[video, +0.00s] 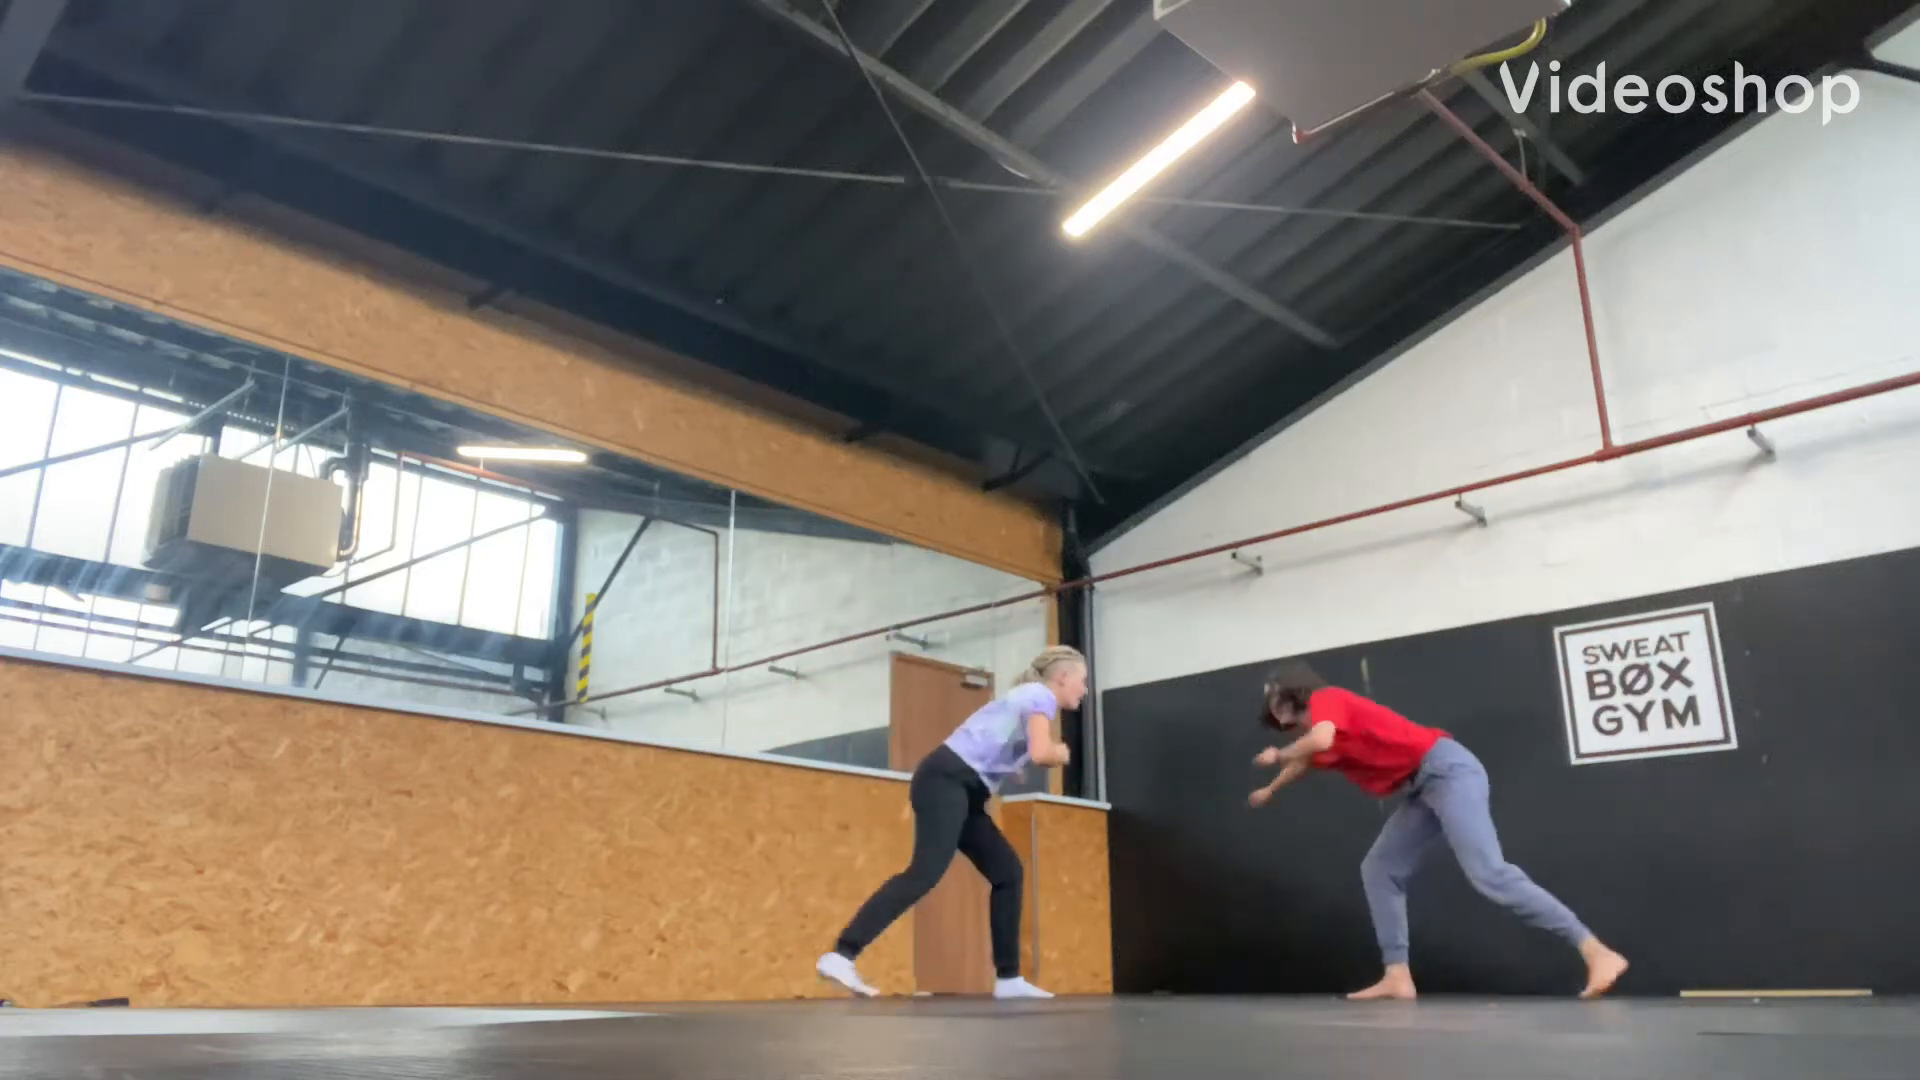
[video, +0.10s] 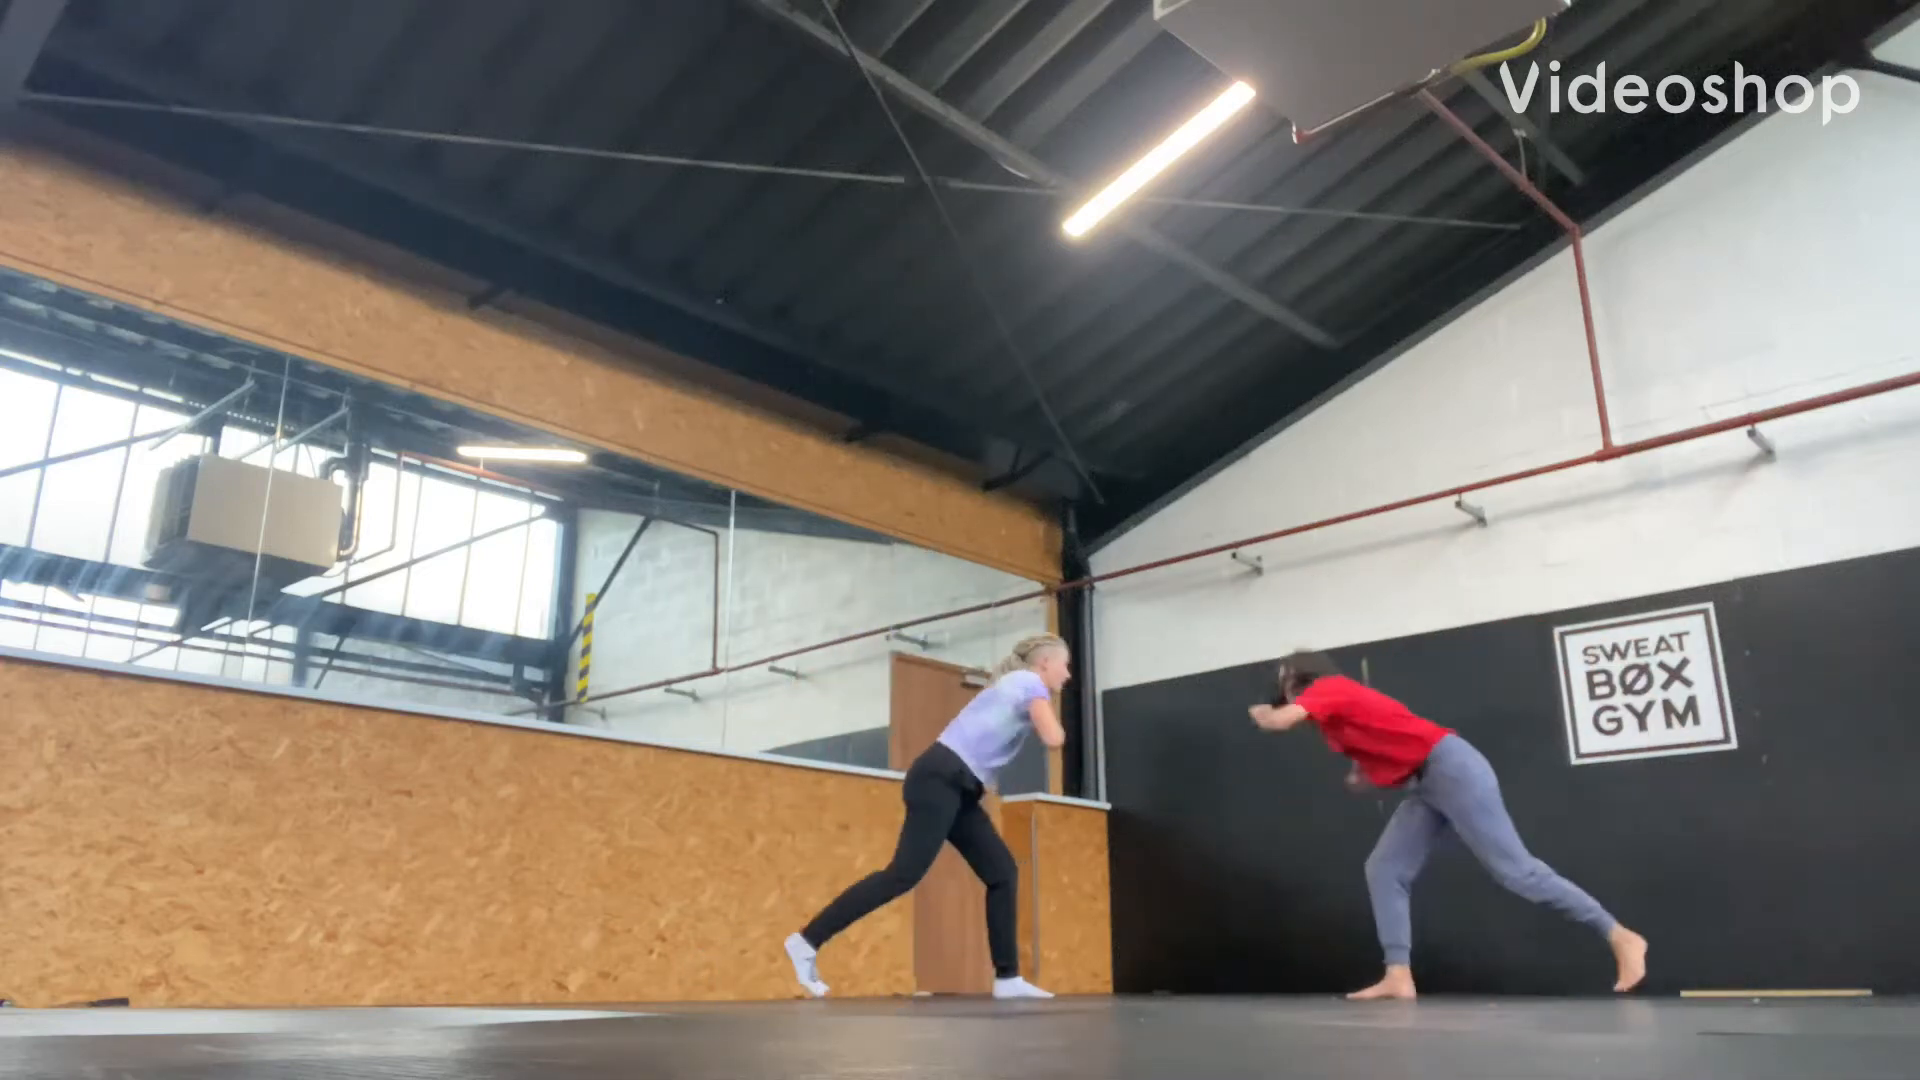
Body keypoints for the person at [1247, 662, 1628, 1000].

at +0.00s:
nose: (1283, 725)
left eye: (1281, 715)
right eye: (1278, 719)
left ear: (1295, 701)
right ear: (1292, 709)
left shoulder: (1328, 697)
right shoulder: (1319, 734)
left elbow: (1322, 740)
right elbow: (1300, 762)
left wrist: (1283, 754)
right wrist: (1269, 790)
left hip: (1446, 769)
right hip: (1419, 794)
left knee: (1488, 872)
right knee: (1379, 870)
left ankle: (1596, 953)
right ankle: (1397, 978)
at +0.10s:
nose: (1284, 699)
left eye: (1285, 691)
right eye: (1283, 692)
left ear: (1298, 682)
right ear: (1312, 681)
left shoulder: (1332, 687)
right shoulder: (1343, 711)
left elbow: (1284, 719)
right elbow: (1401, 756)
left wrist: (1262, 714)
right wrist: (1369, 777)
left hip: (1450, 766)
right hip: (1422, 789)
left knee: (1515, 871)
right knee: (1384, 870)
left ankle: (1622, 939)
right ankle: (1398, 978)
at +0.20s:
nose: (1302, 680)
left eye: (1304, 671)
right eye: (1301, 672)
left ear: (1320, 664)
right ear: (1334, 663)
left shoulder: (1350, 674)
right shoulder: (1352, 692)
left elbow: (1275, 698)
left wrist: (1287, 685)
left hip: (1463, 762)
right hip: (1429, 787)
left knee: (1532, 863)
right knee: (1398, 870)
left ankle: (1623, 931)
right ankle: (1399, 977)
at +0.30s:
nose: (1329, 665)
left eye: (1332, 657)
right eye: (1329, 659)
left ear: (1346, 651)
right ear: (1360, 648)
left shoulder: (1374, 661)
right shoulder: (1383, 675)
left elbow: (1314, 702)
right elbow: (1453, 708)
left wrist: (1322, 680)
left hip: (1482, 762)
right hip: (1445, 782)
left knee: (1539, 864)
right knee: (1421, 871)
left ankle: (1617, 941)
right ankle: (1405, 975)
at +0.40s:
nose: (1362, 659)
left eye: (1364, 650)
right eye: (1360, 652)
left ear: (1382, 646)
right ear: (1386, 647)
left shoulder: (1411, 665)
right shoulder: (1410, 676)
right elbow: (1478, 715)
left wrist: (1371, 707)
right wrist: (1510, 751)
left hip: (1502, 776)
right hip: (1462, 789)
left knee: (1545, 890)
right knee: (1434, 877)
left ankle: (1621, 956)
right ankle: (1408, 974)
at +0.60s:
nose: (1401, 668)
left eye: (1405, 659)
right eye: (1400, 661)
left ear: (1428, 660)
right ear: (1423, 665)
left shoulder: (1473, 684)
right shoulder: (1445, 707)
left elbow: (1501, 744)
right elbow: (1482, 751)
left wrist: (1445, 744)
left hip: (1527, 802)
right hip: (1490, 814)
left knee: (1549, 913)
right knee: (1440, 883)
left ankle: (1632, 969)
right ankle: (1408, 974)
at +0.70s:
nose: (1399, 659)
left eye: (1404, 649)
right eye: (1396, 653)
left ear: (1427, 645)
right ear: (1412, 656)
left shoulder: (1461, 668)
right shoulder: (1444, 690)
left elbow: (1452, 723)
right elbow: (1478, 758)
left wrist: (1413, 707)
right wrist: (1459, 804)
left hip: (1527, 788)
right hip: (1485, 801)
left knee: (1555, 904)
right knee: (1433, 870)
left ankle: (1629, 964)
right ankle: (1422, 970)